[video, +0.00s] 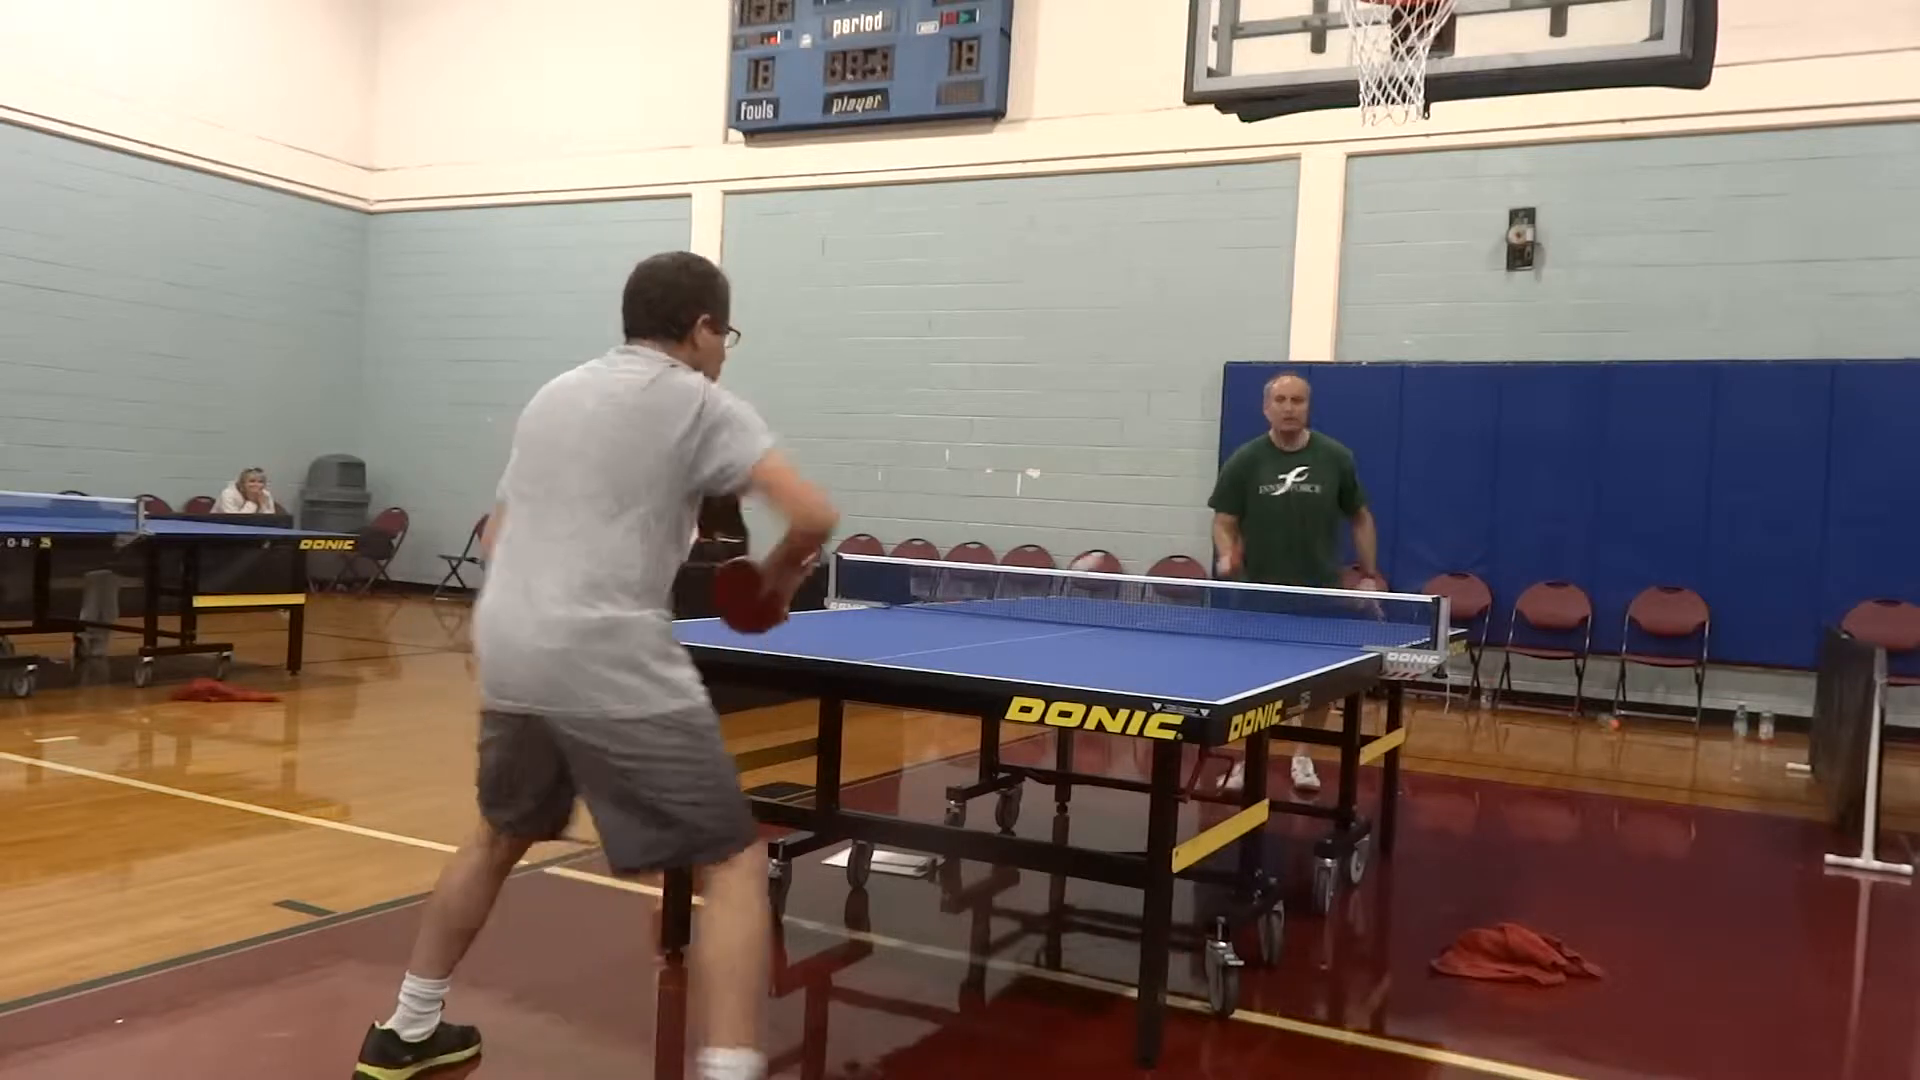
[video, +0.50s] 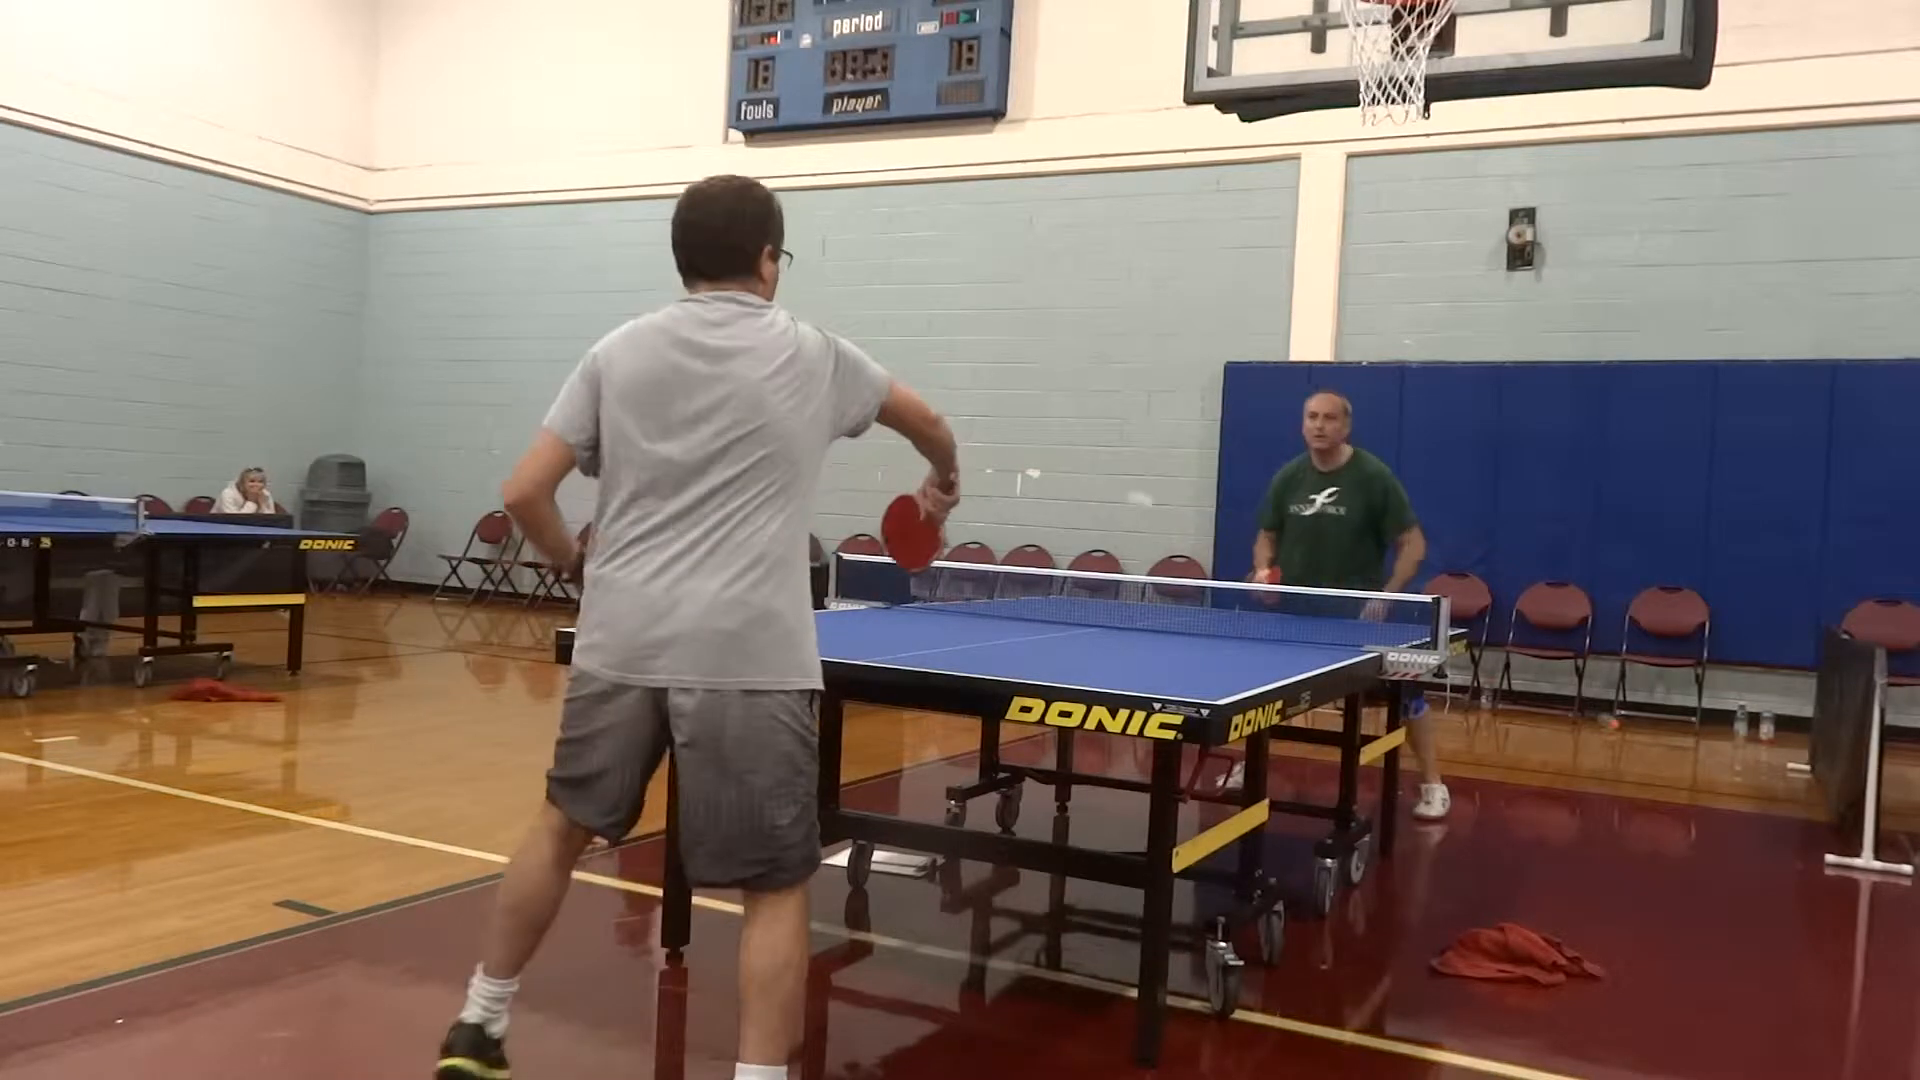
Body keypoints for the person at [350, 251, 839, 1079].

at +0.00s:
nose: (727, 349)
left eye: (729, 335)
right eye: (726, 334)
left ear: (632, 326)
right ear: (699, 329)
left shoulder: (553, 395)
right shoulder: (703, 400)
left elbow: (496, 536)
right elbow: (814, 514)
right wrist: (777, 573)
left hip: (506, 659)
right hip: (617, 668)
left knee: (496, 833)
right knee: (733, 862)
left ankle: (408, 1026)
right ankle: (730, 1070)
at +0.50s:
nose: (782, 263)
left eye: (777, 251)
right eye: (781, 251)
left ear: (678, 261)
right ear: (767, 259)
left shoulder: (620, 351)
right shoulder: (810, 351)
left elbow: (525, 490)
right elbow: (926, 425)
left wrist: (567, 551)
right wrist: (947, 474)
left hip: (620, 650)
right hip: (754, 664)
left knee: (561, 827)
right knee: (773, 889)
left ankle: (480, 1020)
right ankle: (759, 1078)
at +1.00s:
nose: (718, 318)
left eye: (716, 302)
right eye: (715, 302)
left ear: (617, 305)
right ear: (693, 306)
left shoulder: (545, 377)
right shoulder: (694, 399)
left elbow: (448, 509)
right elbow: (753, 570)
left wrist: (532, 565)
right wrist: (797, 586)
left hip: (485, 657)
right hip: (598, 671)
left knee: (453, 826)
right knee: (706, 868)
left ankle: (365, 1007)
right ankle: (674, 1070)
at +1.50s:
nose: (763, 288)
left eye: (776, 265)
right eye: (740, 264)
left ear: (789, 266)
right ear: (680, 264)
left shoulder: (689, 356)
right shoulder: (667, 362)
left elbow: (659, 527)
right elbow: (592, 517)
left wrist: (757, 588)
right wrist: (724, 582)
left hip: (583, 661)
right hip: (633, 683)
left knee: (566, 845)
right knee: (743, 893)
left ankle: (422, 1030)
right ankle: (722, 1076)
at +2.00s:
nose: (648, 166)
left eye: (673, 141)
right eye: (618, 146)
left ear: (719, 162)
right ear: (587, 175)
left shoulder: (761, 311)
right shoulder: (537, 322)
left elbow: (824, 456)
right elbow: (415, 511)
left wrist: (909, 567)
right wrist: (357, 703)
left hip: (708, 697)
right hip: (570, 707)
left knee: (638, 962)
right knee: (604, 979)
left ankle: (571, 1068)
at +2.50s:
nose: (518, 35)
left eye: (564, 9)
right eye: (497, 13)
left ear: (651, 50)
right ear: (476, 48)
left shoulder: (731, 250)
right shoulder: (417, 252)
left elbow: (862, 490)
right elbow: (343, 482)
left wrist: (773, 667)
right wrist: (294, 662)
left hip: (684, 796)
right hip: (467, 799)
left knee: (681, 1066)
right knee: (494, 1064)